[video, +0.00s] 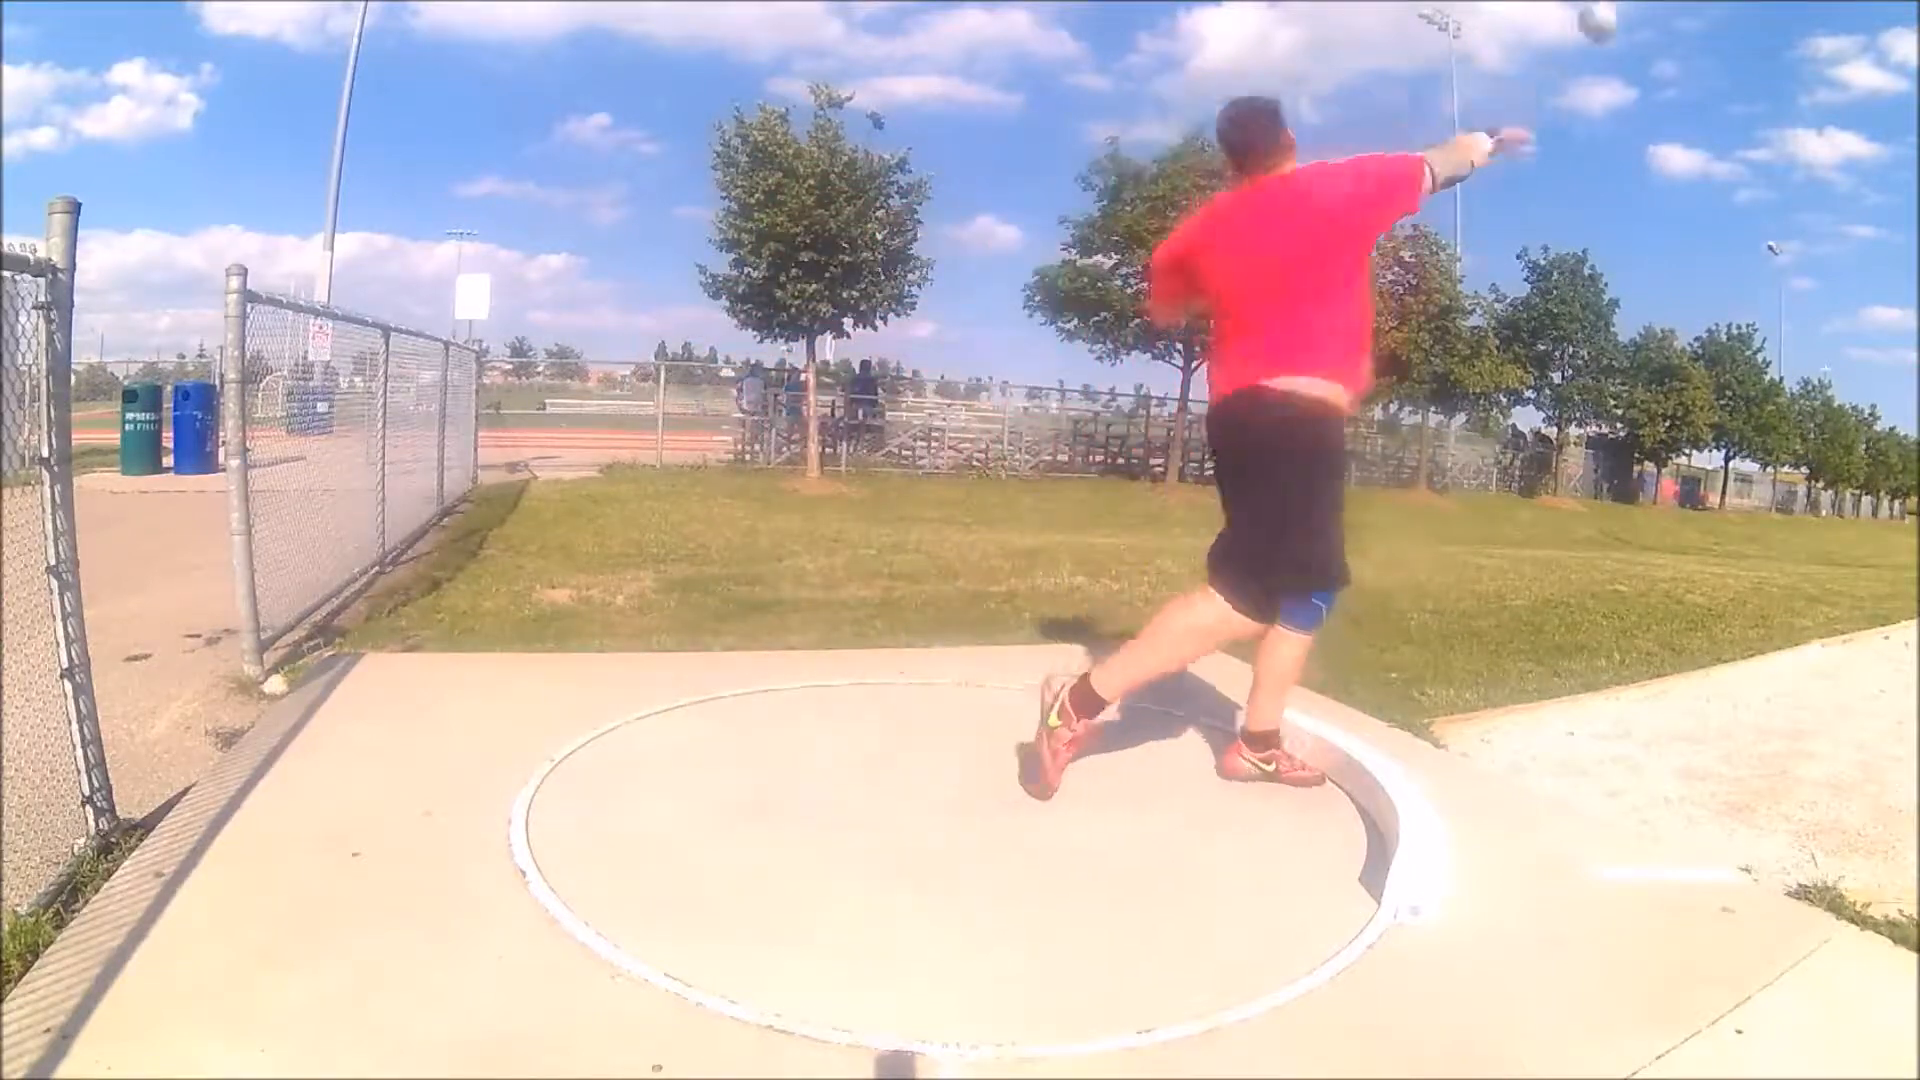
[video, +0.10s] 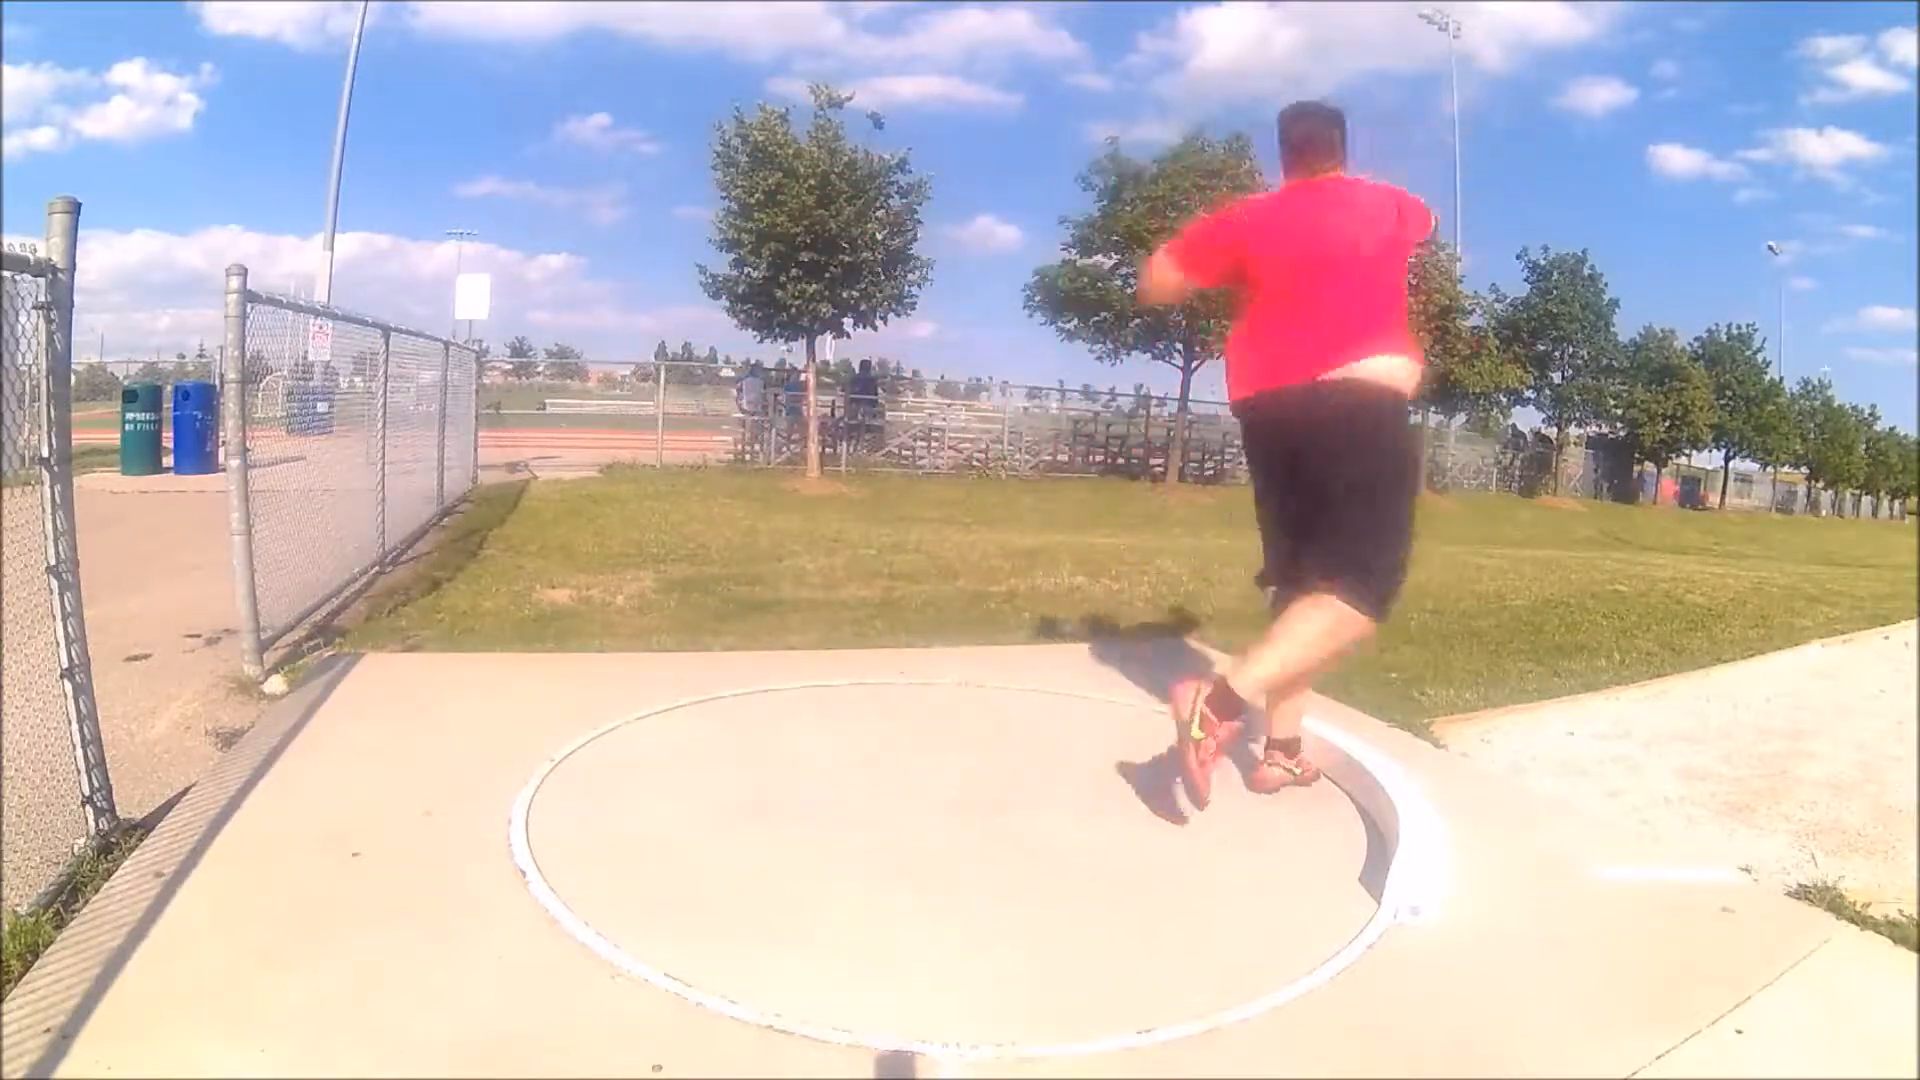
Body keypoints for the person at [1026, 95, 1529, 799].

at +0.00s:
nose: (1290, 154)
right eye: (1292, 143)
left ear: (1229, 159)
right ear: (1290, 144)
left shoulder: (1206, 225)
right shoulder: (1337, 187)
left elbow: (1162, 307)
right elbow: (1443, 162)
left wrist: (1225, 286)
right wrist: (1484, 142)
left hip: (1240, 418)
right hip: (1306, 420)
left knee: (1309, 585)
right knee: (1248, 595)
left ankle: (1259, 741)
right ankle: (1081, 699)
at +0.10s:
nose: (1308, 158)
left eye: (1293, 150)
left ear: (1284, 157)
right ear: (1343, 153)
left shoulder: (1251, 217)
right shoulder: (1385, 202)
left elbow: (1156, 283)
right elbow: (1427, 223)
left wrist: (1217, 262)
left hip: (1270, 412)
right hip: (1364, 408)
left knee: (1297, 580)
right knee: (1357, 595)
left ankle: (1284, 751)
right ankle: (1225, 696)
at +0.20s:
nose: (1313, 176)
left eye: (1312, 167)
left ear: (1316, 168)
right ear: (1376, 171)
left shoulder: (1302, 227)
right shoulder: (1397, 230)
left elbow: (1211, 271)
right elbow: (1359, 311)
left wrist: (1164, 251)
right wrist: (1276, 328)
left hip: (1327, 436)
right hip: (1424, 422)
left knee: (1325, 601)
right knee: (1435, 581)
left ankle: (1314, 766)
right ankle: (1414, 687)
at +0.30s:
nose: (1334, 191)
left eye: (1338, 180)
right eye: (1339, 181)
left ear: (1350, 178)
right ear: (1402, 183)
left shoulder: (1368, 230)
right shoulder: (1399, 240)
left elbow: (1308, 271)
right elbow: (1307, 308)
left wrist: (1212, 255)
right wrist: (1244, 344)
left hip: (1375, 450)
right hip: (1464, 435)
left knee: (1351, 609)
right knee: (1497, 582)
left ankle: (1330, 767)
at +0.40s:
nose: (1368, 208)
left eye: (1373, 196)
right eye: (1371, 198)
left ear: (1390, 195)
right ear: (1431, 197)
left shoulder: (1435, 246)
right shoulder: (1386, 267)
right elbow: (1317, 304)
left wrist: (1289, 276)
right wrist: (1250, 330)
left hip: (1411, 462)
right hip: (1493, 450)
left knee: (1374, 616)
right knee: (1541, 590)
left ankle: (1332, 769)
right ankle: (1640, 712)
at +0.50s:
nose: (1413, 223)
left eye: (1419, 212)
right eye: (1417, 213)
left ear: (1440, 211)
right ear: (1475, 214)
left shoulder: (1489, 260)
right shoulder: (1412, 280)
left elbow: (1518, 308)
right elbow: (1355, 307)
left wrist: (1415, 323)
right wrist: (1306, 312)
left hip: (1447, 472)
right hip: (1522, 468)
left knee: (1401, 614)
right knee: (1555, 605)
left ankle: (1337, 766)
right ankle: (1604, 740)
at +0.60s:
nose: (1465, 243)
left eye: (1470, 233)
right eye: (1467, 234)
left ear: (1490, 232)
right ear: (1524, 234)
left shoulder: (1550, 293)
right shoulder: (1465, 294)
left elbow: (1579, 353)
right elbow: (1423, 316)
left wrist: (1533, 391)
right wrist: (1386, 318)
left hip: (1486, 485)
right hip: (1550, 491)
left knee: (1419, 614)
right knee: (1542, 621)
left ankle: (1342, 757)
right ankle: (1577, 756)